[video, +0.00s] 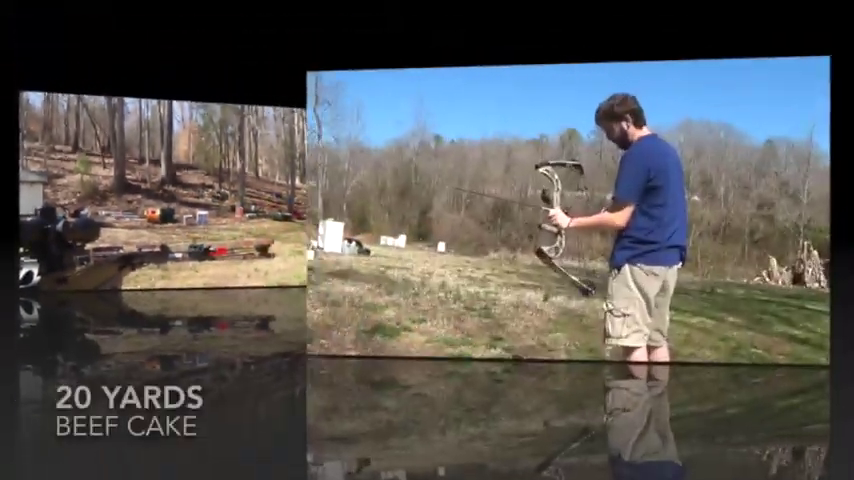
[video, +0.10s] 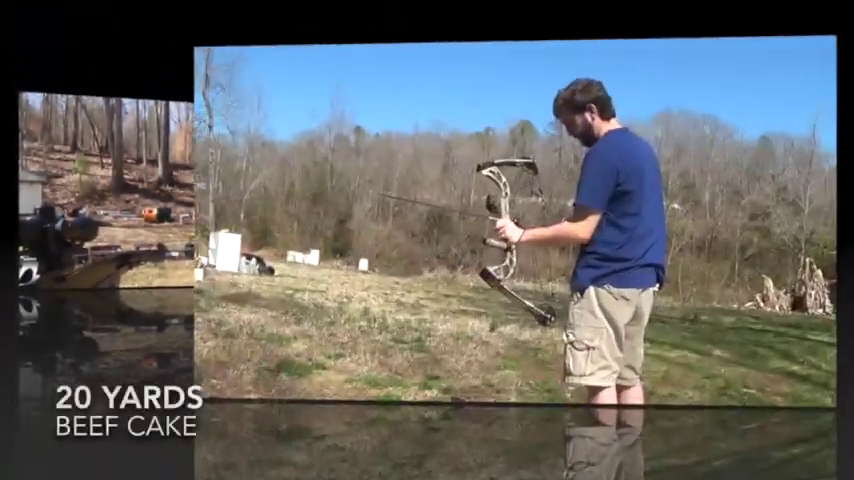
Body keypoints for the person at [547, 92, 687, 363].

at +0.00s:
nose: (609, 138)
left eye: (609, 131)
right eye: (606, 132)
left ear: (626, 122)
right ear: (631, 121)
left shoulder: (637, 155)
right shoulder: (665, 151)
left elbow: (618, 218)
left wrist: (569, 222)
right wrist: (614, 209)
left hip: (639, 261)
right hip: (668, 260)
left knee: (633, 342)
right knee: (656, 340)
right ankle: (658, 400)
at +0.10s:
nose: (570, 134)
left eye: (569, 124)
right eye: (566, 126)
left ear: (590, 113)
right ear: (596, 112)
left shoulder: (604, 153)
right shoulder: (640, 148)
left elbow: (581, 230)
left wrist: (520, 235)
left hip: (606, 283)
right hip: (642, 280)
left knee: (599, 382)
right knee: (628, 378)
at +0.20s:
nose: (532, 127)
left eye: (532, 117)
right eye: (528, 119)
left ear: (557, 103)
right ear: (564, 103)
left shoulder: (574, 150)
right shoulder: (618, 146)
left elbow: (546, 243)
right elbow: (595, 234)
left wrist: (475, 249)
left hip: (576, 306)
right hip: (618, 304)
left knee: (567, 422)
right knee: (602, 418)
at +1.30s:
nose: (516, 136)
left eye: (515, 124)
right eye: (510, 127)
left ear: (541, 107)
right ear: (547, 102)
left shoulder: (569, 155)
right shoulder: (603, 137)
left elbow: (549, 258)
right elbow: (552, 200)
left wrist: (471, 270)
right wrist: (491, 225)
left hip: (568, 319)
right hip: (611, 315)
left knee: (556, 451)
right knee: (590, 447)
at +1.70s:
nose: (515, 141)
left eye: (513, 131)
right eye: (508, 134)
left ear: (539, 109)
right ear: (543, 107)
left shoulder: (571, 155)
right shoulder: (593, 140)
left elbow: (555, 260)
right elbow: (503, 175)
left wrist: (481, 271)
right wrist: (442, 202)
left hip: (570, 321)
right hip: (608, 320)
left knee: (557, 452)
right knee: (591, 447)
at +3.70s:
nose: (502, 166)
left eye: (498, 158)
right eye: (495, 162)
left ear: (515, 131)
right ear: (518, 128)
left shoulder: (568, 159)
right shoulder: (556, 148)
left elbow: (562, 263)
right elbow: (497, 202)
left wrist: (490, 277)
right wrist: (441, 235)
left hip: (573, 318)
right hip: (592, 315)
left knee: (558, 448)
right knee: (585, 445)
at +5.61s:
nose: (496, 152)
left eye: (493, 141)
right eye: (489, 146)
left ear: (515, 119)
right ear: (517, 118)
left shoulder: (563, 156)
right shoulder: (548, 149)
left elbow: (559, 261)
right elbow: (490, 203)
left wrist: (486, 278)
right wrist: (431, 232)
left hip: (570, 320)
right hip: (589, 318)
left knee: (556, 450)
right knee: (586, 446)